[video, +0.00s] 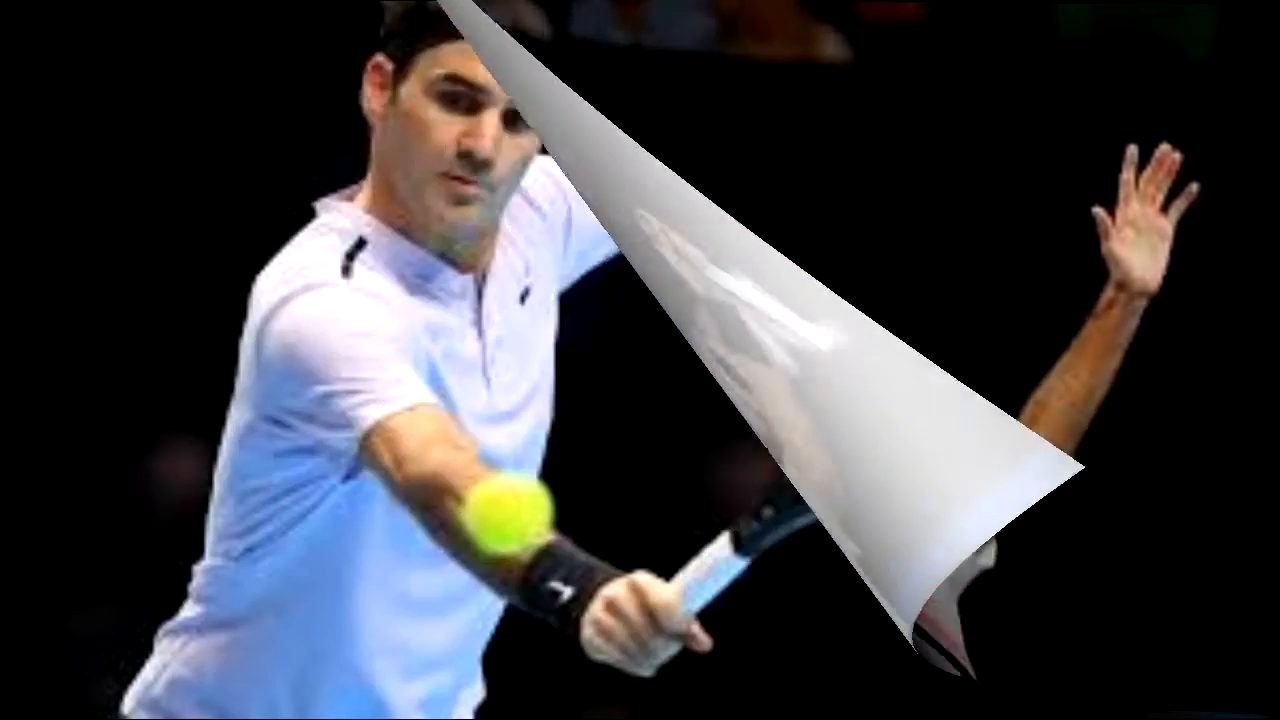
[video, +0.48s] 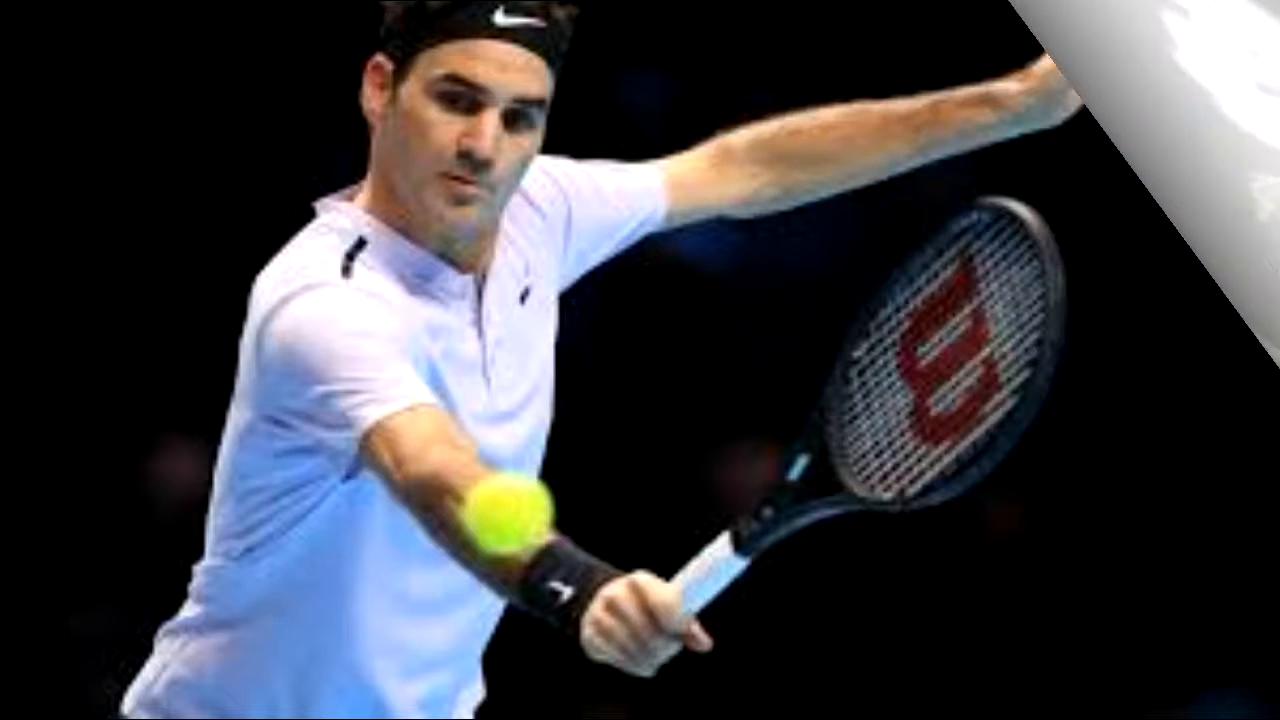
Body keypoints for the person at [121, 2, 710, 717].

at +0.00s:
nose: (483, 145)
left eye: (518, 121)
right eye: (455, 100)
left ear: (539, 139)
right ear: (381, 89)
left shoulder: (544, 212)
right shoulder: (323, 308)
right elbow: (436, 473)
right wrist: (579, 589)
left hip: (430, 705)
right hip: (238, 705)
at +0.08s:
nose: (484, 144)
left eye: (518, 118)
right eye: (455, 100)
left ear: (539, 135)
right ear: (380, 89)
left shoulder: (547, 210)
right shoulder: (322, 307)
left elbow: (710, 179)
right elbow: (437, 473)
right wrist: (580, 589)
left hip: (428, 704)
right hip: (235, 704)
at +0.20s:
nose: (484, 144)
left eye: (519, 119)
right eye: (455, 101)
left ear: (541, 134)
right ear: (380, 90)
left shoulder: (543, 210)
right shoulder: (321, 305)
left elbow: (736, 168)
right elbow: (432, 472)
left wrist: (916, 123)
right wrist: (579, 590)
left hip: (427, 704)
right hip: (242, 704)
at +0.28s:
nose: (482, 144)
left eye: (518, 118)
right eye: (454, 99)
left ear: (542, 133)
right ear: (380, 91)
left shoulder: (544, 215)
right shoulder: (321, 305)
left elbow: (737, 171)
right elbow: (433, 473)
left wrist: (948, 119)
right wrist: (578, 588)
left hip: (431, 707)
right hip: (238, 706)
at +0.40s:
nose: (484, 144)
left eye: (518, 118)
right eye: (455, 101)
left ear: (539, 132)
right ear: (379, 93)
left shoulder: (546, 211)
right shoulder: (319, 304)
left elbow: (747, 171)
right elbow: (434, 474)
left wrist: (1010, 103)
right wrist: (579, 588)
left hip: (419, 706)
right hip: (237, 706)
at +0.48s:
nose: (483, 141)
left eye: (519, 116)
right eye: (455, 99)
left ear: (540, 130)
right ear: (379, 93)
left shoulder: (545, 209)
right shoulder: (321, 300)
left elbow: (752, 171)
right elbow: (435, 476)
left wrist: (1010, 104)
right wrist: (577, 589)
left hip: (427, 705)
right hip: (238, 703)